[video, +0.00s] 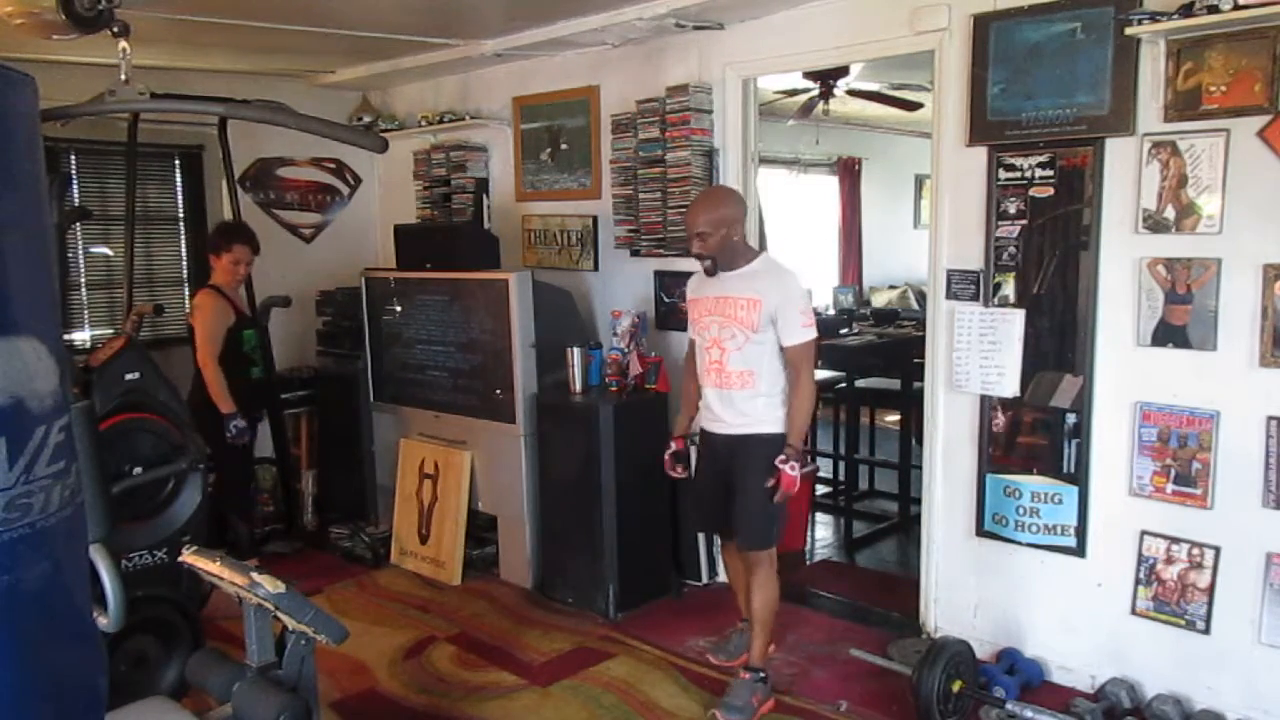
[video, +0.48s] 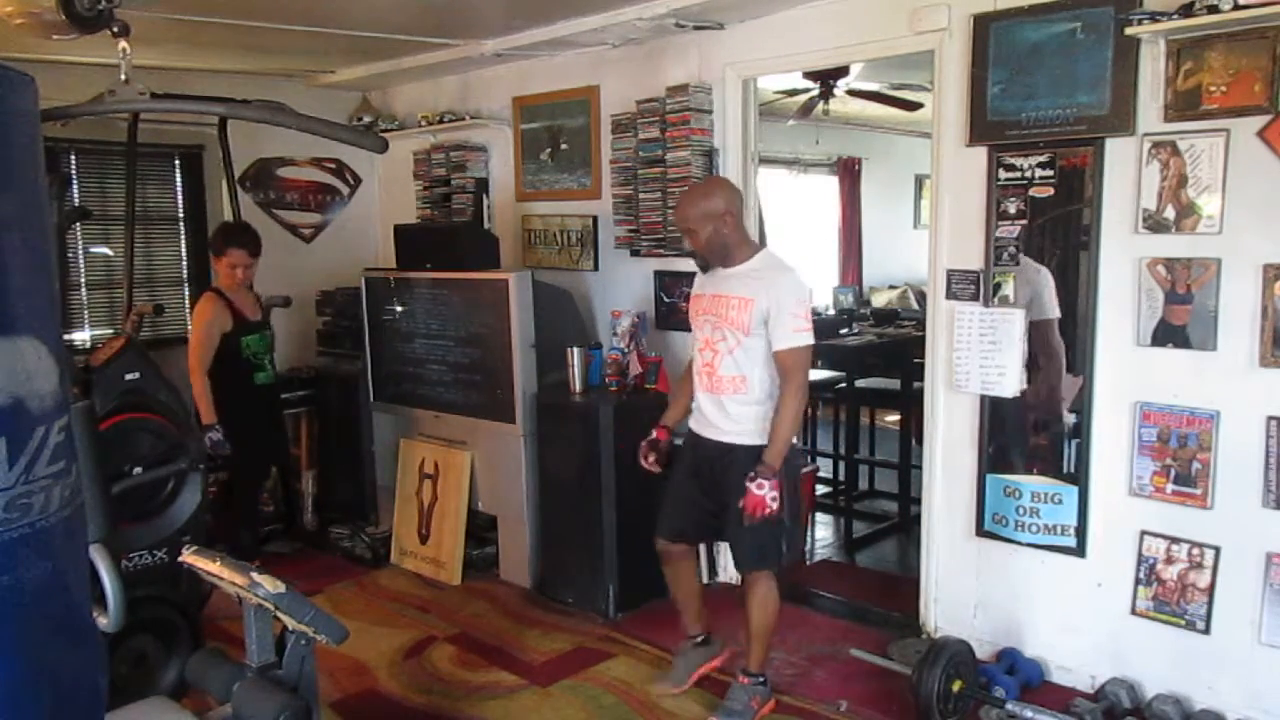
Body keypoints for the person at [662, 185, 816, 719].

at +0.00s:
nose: (694, 246)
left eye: (702, 236)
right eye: (691, 236)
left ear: (735, 229)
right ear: (699, 233)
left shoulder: (781, 286)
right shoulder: (699, 284)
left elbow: (803, 374)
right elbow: (695, 363)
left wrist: (794, 448)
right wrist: (679, 432)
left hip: (762, 438)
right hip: (714, 436)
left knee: (758, 552)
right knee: (730, 543)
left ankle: (757, 669)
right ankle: (751, 629)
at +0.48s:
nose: (686, 244)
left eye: (690, 233)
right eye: (683, 234)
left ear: (726, 221)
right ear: (718, 225)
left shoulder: (782, 285)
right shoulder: (705, 281)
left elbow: (797, 383)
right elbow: (700, 364)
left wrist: (770, 467)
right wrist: (664, 427)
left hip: (754, 452)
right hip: (700, 444)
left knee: (757, 569)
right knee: (672, 545)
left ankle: (756, 678)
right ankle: (697, 641)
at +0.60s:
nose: (681, 254)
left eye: (686, 242)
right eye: (675, 243)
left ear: (721, 226)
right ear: (700, 233)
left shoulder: (776, 286)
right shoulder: (696, 285)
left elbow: (790, 386)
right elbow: (702, 371)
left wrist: (753, 461)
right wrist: (684, 439)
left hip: (755, 455)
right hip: (697, 450)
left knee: (756, 574)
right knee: (670, 555)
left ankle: (754, 681)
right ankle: (647, 671)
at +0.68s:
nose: (672, 253)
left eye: (677, 241)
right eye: (666, 243)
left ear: (713, 226)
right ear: (683, 234)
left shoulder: (770, 285)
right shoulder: (687, 285)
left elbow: (787, 387)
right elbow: (696, 370)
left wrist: (748, 457)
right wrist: (685, 435)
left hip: (753, 454)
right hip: (692, 448)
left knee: (755, 575)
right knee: (660, 554)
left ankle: (755, 682)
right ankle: (629, 675)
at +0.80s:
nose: (652, 257)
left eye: (658, 246)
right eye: (647, 246)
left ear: (695, 230)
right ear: (679, 235)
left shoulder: (755, 282)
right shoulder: (670, 285)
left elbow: (782, 382)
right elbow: (686, 366)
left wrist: (747, 464)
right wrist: (678, 433)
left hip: (743, 455)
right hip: (680, 448)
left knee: (752, 577)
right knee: (645, 557)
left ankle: (755, 681)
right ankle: (622, 682)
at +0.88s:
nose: (639, 262)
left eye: (645, 248)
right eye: (633, 251)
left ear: (683, 233)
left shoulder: (745, 284)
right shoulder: (653, 294)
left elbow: (777, 381)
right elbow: (676, 372)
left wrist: (750, 470)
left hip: (734, 464)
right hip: (670, 458)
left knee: (748, 581)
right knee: (641, 571)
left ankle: (754, 681)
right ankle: (626, 694)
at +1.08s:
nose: (596, 273)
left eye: (603, 259)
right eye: (589, 262)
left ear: (641, 242)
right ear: (588, 255)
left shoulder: (705, 288)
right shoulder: (604, 305)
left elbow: (755, 371)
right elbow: (614, 389)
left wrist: (739, 463)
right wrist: (619, 468)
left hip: (706, 471)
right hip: (640, 470)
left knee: (710, 594)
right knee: (623, 585)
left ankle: (745, 675)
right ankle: (620, 705)